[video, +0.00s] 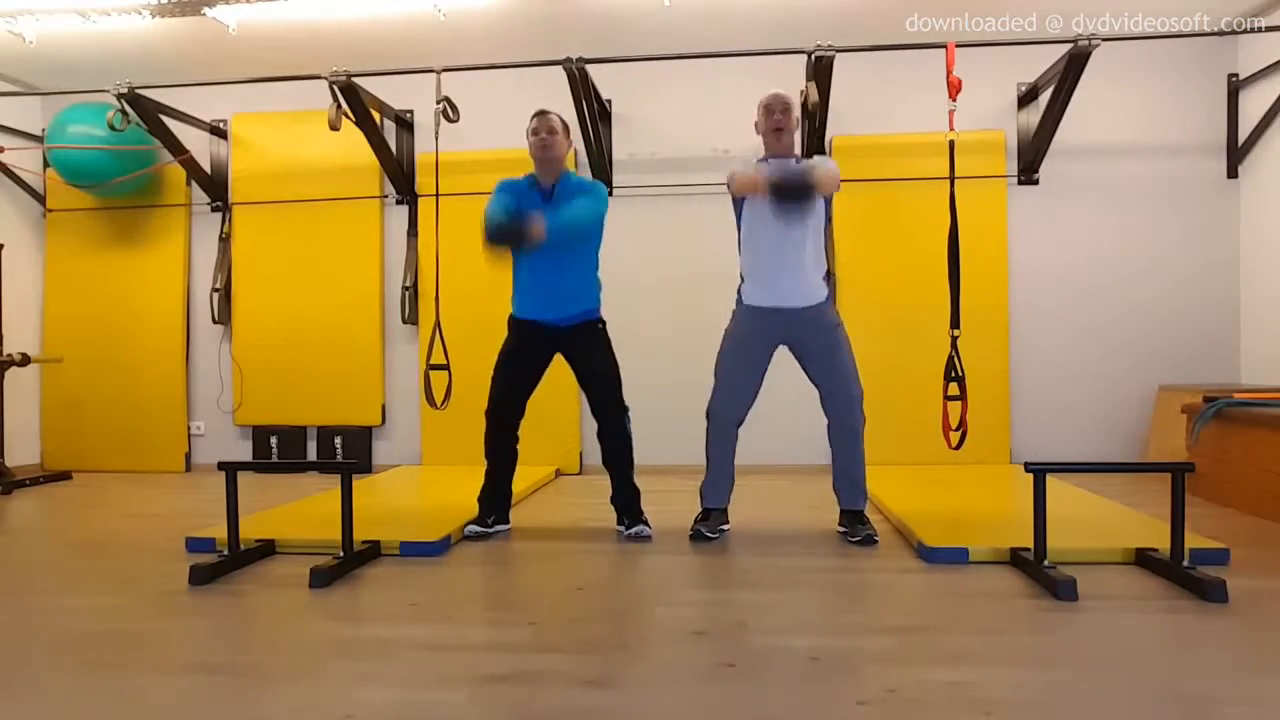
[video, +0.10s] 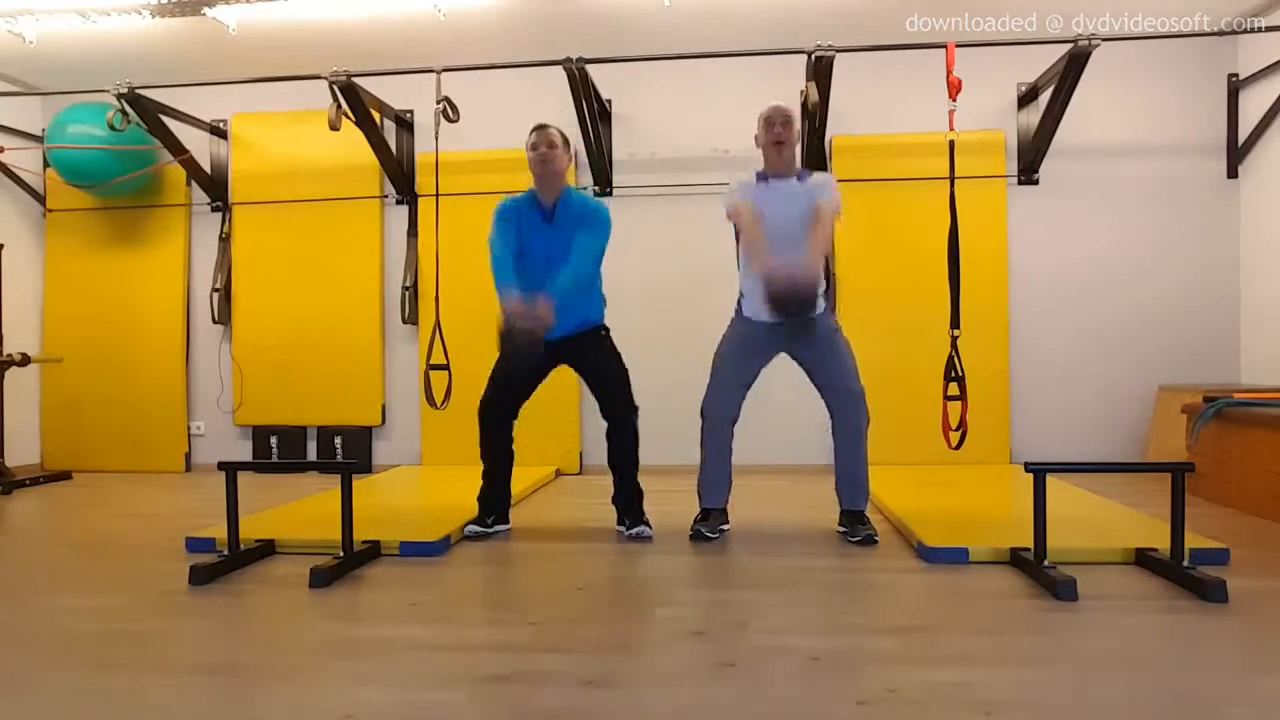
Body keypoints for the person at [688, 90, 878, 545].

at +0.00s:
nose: (779, 117)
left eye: (785, 111)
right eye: (770, 111)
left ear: (797, 122)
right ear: (758, 125)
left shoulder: (820, 166)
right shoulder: (745, 172)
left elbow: (828, 180)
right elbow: (740, 183)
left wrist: (800, 179)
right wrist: (777, 182)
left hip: (814, 313)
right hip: (755, 315)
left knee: (847, 407)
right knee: (723, 411)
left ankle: (852, 512)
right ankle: (714, 509)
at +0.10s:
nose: (779, 128)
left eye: (786, 123)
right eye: (771, 123)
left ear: (798, 136)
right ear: (758, 138)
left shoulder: (822, 184)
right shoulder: (741, 192)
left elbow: (823, 229)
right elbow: (751, 232)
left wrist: (811, 272)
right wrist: (770, 273)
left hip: (813, 323)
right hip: (754, 324)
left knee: (851, 409)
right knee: (716, 410)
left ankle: (853, 512)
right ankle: (713, 510)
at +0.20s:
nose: (783, 152)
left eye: (790, 146)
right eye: (774, 146)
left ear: (802, 159)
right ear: (760, 161)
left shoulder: (825, 214)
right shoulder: (743, 220)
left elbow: (822, 287)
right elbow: (751, 291)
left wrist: (810, 345)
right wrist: (769, 348)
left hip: (814, 331)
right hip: (754, 331)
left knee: (854, 405)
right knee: (712, 406)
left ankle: (854, 511)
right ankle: (712, 510)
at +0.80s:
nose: (777, 111)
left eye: (782, 105)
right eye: (767, 106)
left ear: (792, 116)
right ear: (752, 119)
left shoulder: (817, 167)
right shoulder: (739, 175)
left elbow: (818, 235)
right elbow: (747, 239)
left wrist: (806, 291)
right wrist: (763, 292)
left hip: (812, 305)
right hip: (754, 307)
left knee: (841, 402)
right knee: (727, 405)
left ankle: (853, 511)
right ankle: (713, 509)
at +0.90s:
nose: (773, 120)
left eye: (778, 115)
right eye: (765, 115)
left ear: (789, 126)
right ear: (752, 129)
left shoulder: (814, 162)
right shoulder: (737, 172)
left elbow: (816, 186)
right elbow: (743, 191)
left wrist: (802, 210)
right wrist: (765, 211)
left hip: (810, 304)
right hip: (753, 306)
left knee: (835, 407)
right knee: (732, 407)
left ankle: (852, 512)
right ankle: (714, 510)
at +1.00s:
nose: (783, 142)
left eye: (788, 137)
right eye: (777, 136)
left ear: (802, 136)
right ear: (759, 134)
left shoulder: (815, 170)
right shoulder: (743, 173)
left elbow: (818, 172)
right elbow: (738, 176)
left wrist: (807, 131)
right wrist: (759, 141)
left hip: (810, 302)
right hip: (754, 303)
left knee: (835, 408)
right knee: (732, 407)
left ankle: (852, 511)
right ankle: (714, 509)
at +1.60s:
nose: (781, 115)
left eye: (788, 109)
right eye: (773, 109)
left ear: (800, 121)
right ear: (760, 123)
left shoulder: (821, 166)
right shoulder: (746, 171)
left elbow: (825, 187)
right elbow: (749, 189)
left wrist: (806, 200)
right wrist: (773, 201)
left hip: (815, 316)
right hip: (755, 317)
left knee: (848, 412)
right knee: (722, 413)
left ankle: (852, 512)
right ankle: (714, 510)